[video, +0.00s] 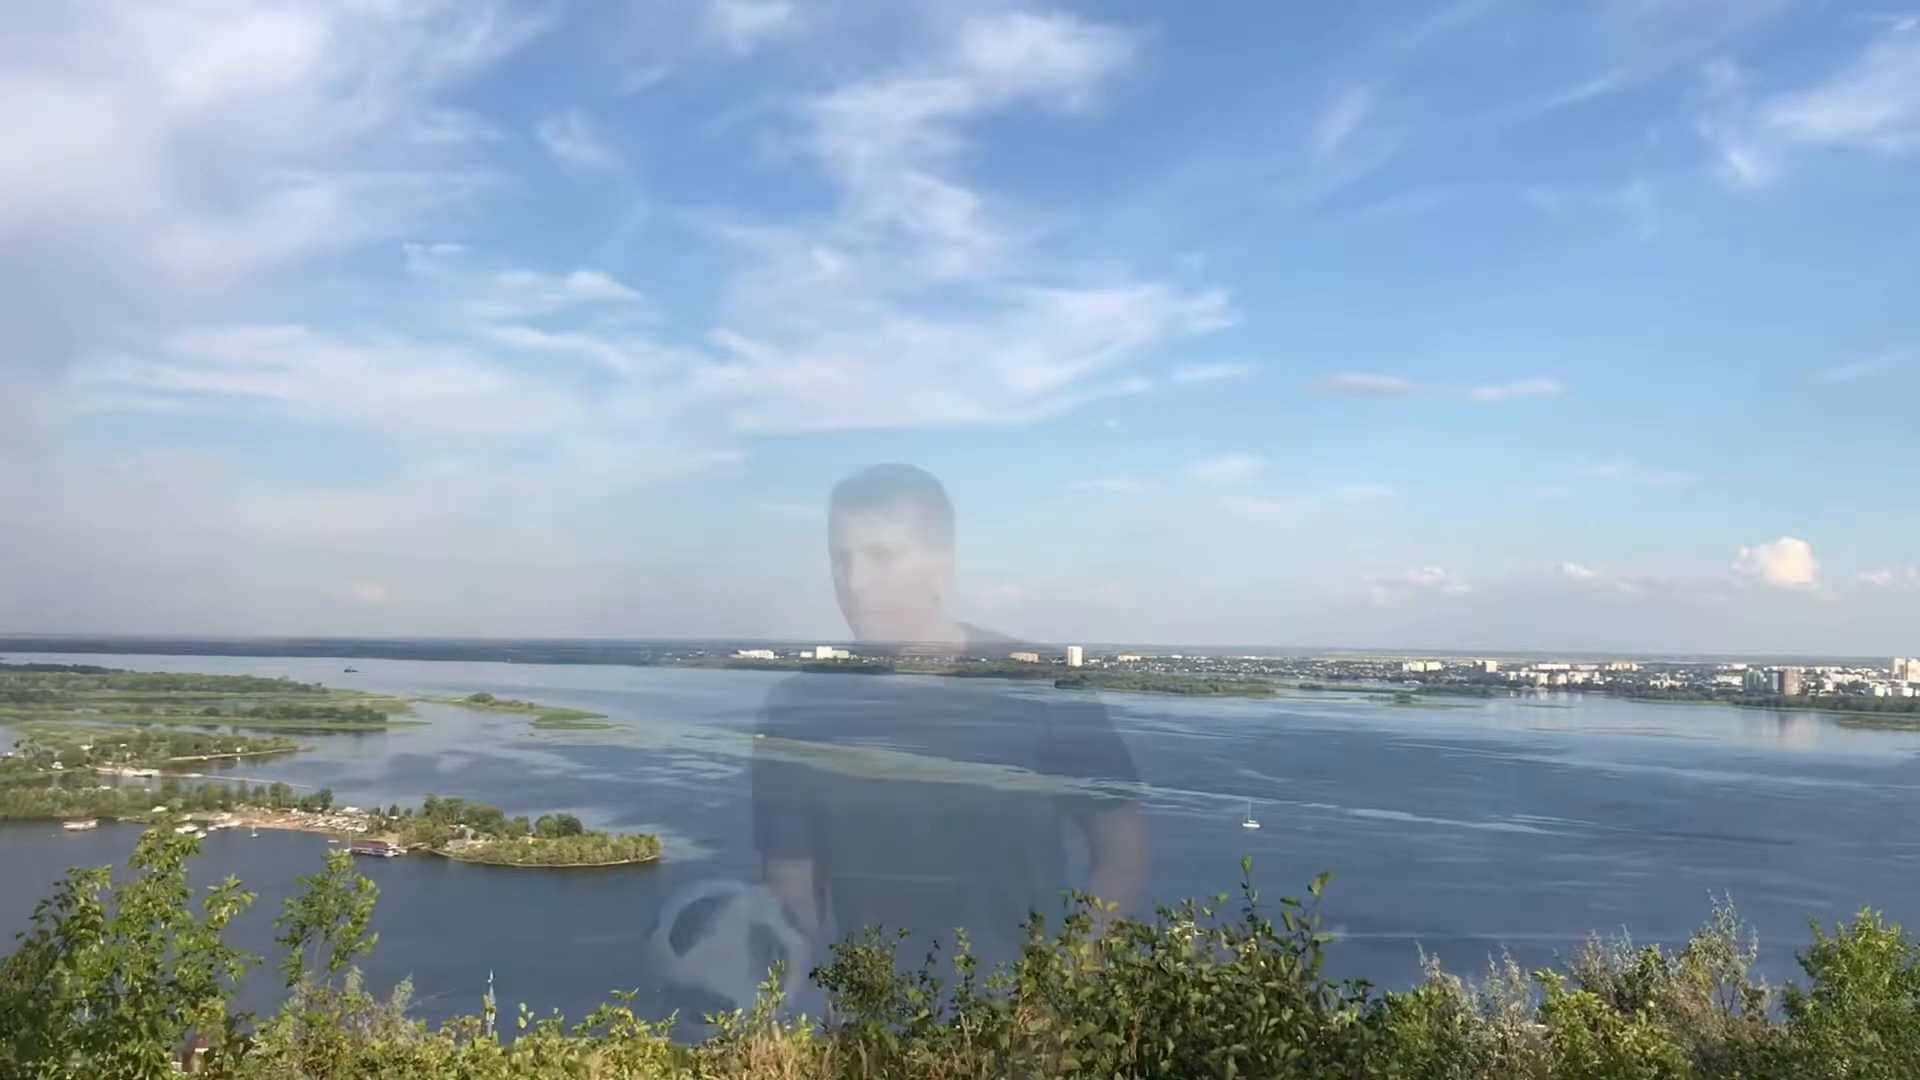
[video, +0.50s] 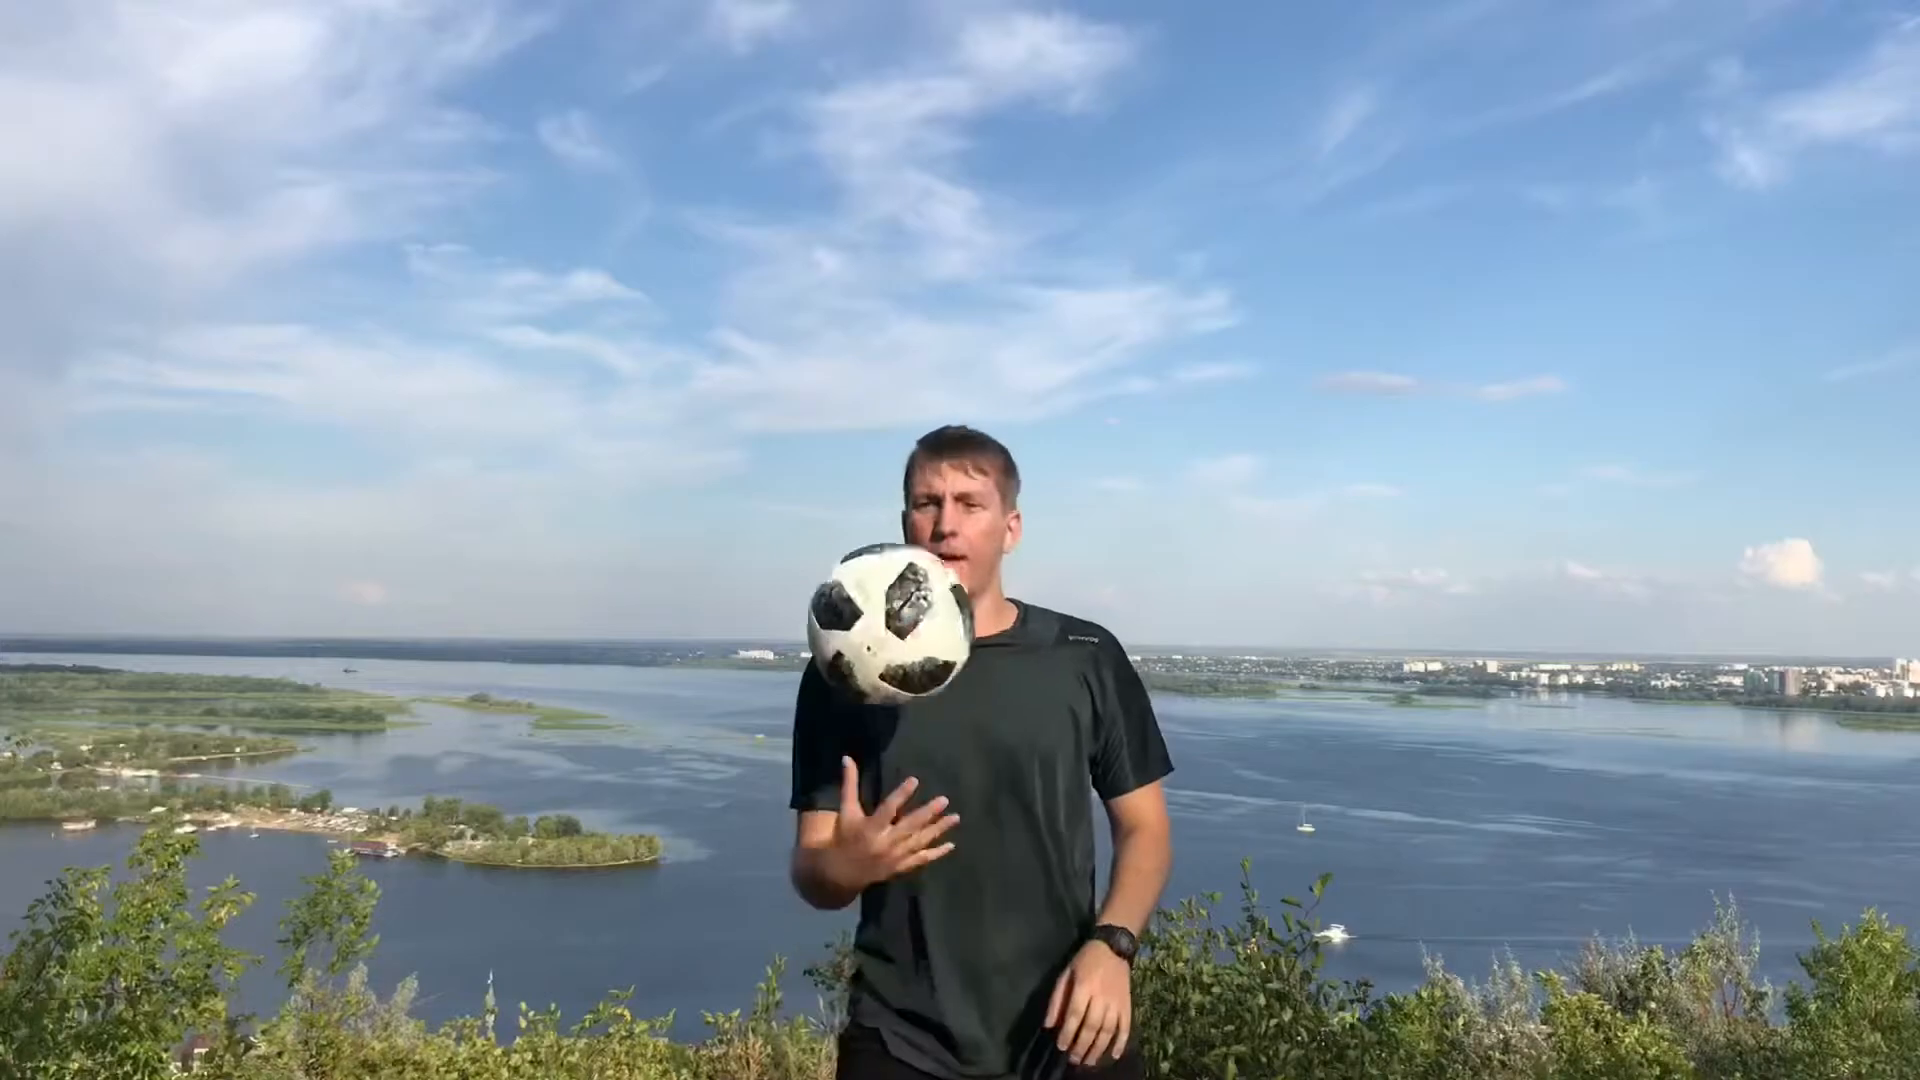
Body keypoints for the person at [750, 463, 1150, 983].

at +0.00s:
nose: (854, 582)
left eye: (881, 555)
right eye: (842, 557)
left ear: (942, 562)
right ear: (830, 566)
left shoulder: (1040, 684)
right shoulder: (801, 704)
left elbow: (1125, 852)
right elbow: (791, 890)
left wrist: (1059, 989)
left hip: (1019, 1021)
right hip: (867, 1029)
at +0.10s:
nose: (868, 572)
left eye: (895, 547)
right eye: (852, 548)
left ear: (950, 557)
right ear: (838, 558)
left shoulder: (1047, 677)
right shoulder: (802, 707)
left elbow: (1126, 839)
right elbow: (795, 897)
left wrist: (1067, 990)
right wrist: (799, 1035)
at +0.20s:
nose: (897, 559)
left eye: (922, 534)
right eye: (880, 538)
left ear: (971, 553)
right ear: (862, 554)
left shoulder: (1066, 672)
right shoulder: (813, 711)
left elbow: (1134, 831)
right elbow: (812, 894)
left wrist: (1081, 983)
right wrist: (810, 1047)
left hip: (1032, 1046)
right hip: (880, 1051)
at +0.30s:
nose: (922, 552)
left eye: (946, 529)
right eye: (904, 530)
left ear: (992, 546)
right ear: (885, 548)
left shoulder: (1076, 671)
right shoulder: (827, 707)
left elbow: (1142, 831)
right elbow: (823, 892)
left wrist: (1093, 978)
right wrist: (828, 1048)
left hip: (1047, 1045)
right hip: (898, 1052)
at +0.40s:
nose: (938, 542)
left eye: (963, 520)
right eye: (919, 520)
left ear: (1003, 540)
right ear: (898, 538)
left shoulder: (1080, 666)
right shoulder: (832, 692)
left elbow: (1142, 829)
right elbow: (816, 872)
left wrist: (1104, 964)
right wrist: (832, 963)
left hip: (1056, 1047)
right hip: (898, 1047)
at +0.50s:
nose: (944, 525)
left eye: (969, 504)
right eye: (926, 503)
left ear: (1010, 528)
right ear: (904, 521)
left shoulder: (1087, 659)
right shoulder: (847, 670)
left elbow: (1144, 827)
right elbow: (813, 873)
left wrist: (1112, 946)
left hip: (1061, 1029)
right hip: (906, 1032)